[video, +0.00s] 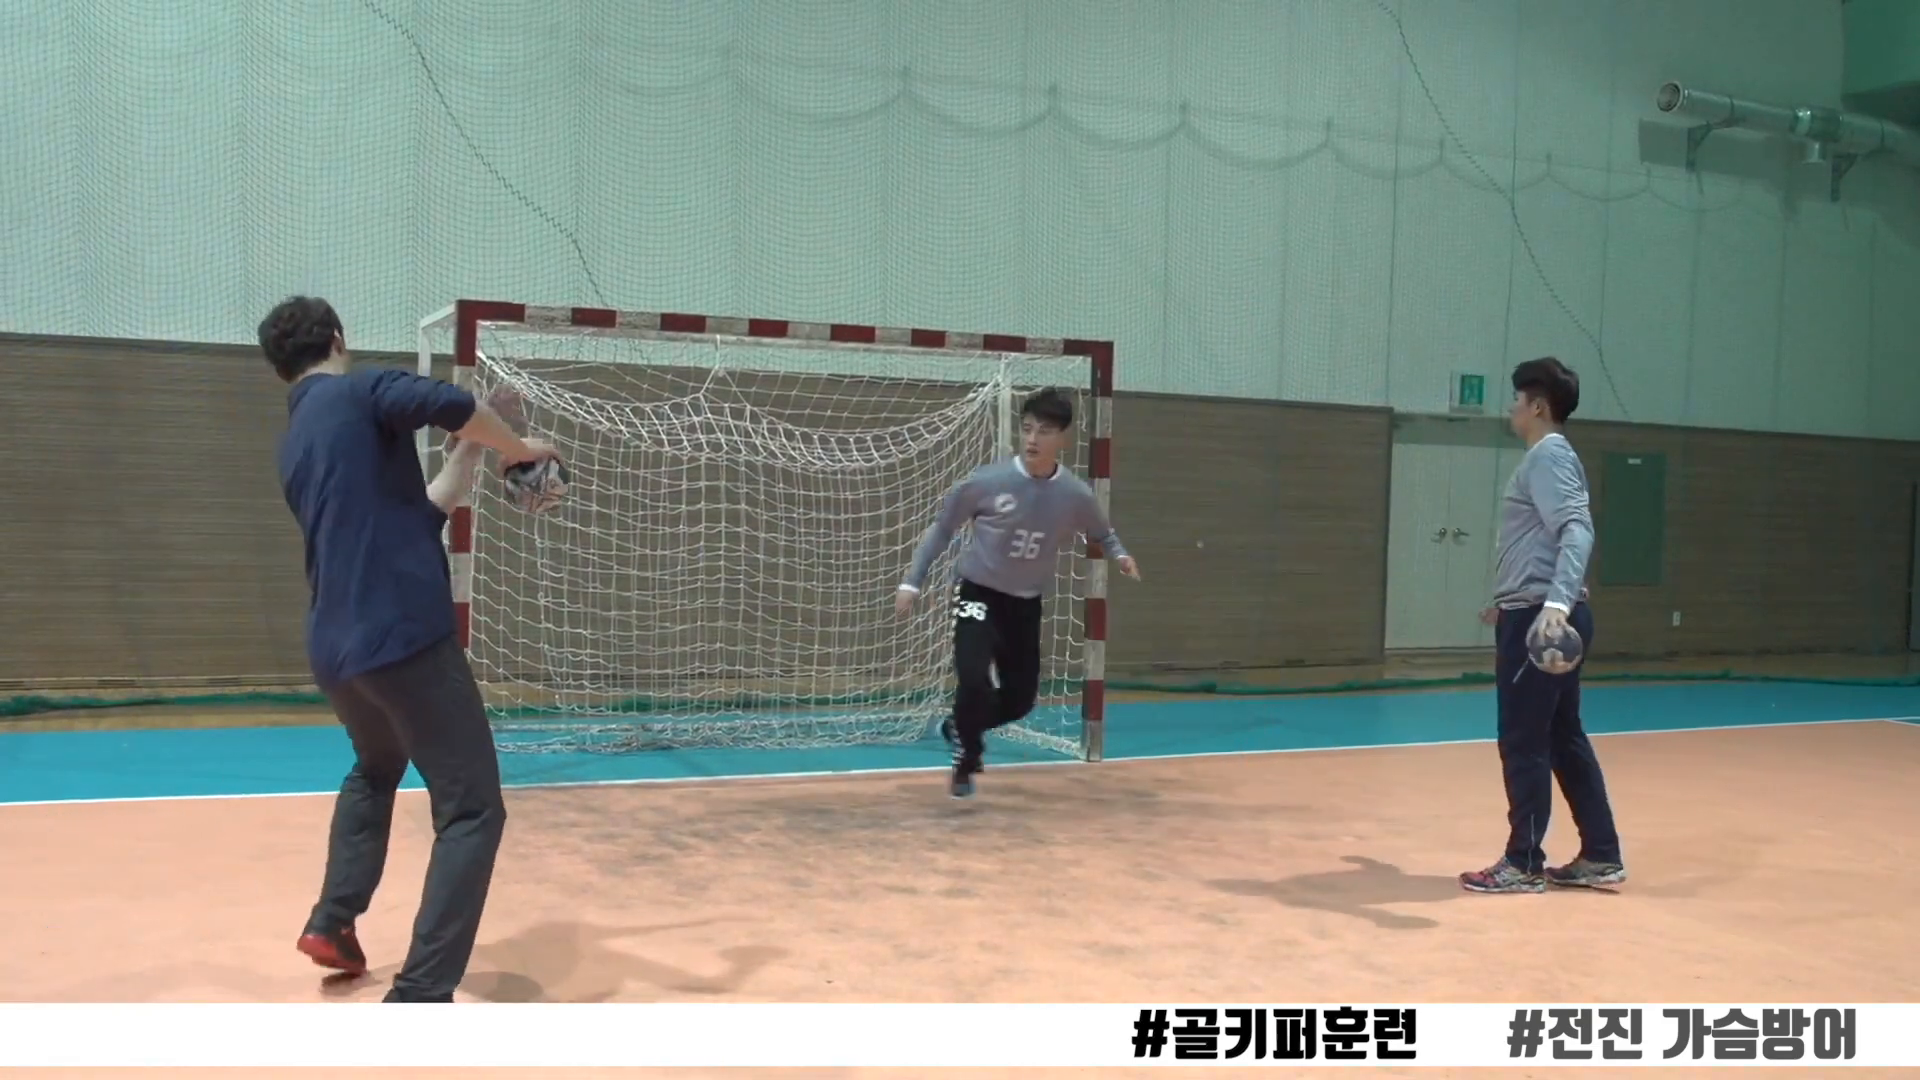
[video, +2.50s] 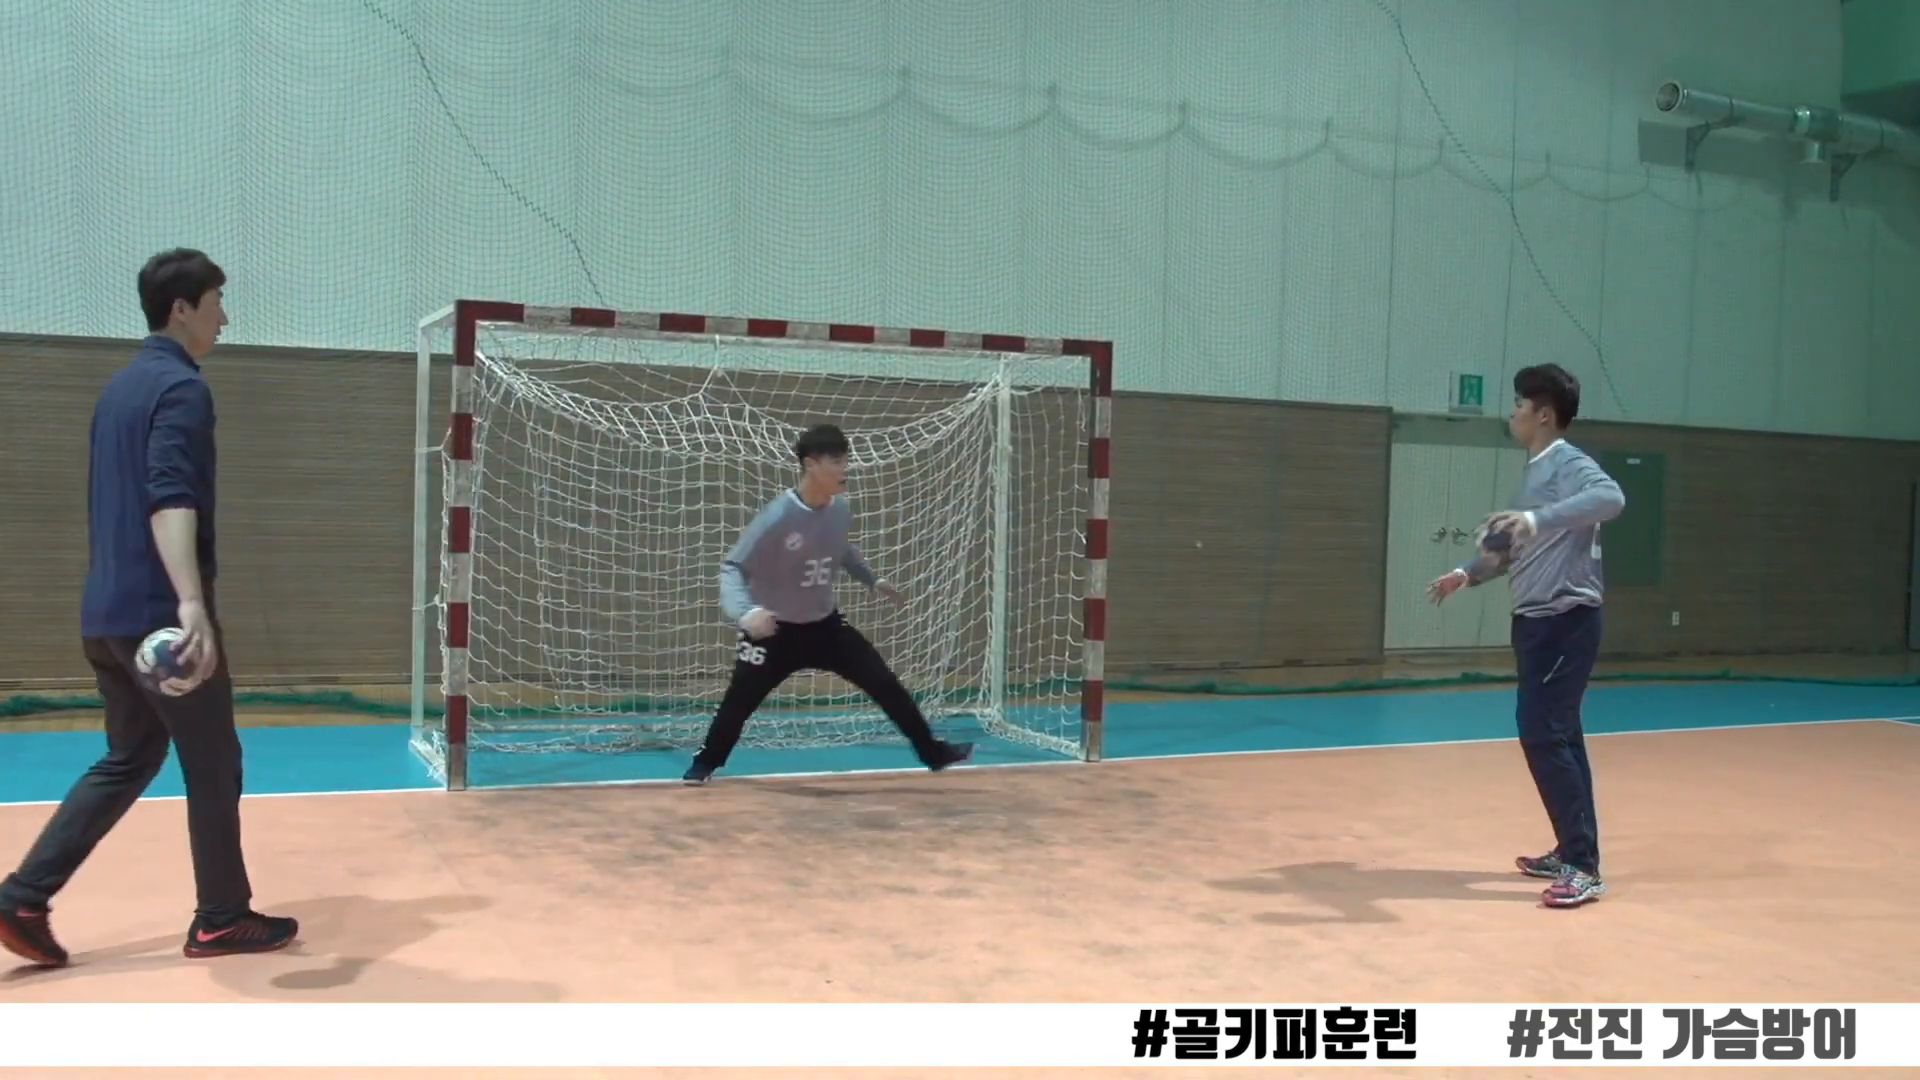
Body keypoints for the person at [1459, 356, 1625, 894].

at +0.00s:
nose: (1512, 407)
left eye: (1519, 399)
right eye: (1516, 398)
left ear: (1538, 403)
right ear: (1548, 405)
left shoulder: (1550, 453)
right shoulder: (1543, 455)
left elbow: (1577, 531)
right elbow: (1541, 544)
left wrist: (1557, 605)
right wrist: (1507, 602)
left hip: (1535, 616)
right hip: (1545, 615)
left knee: (1521, 741)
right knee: (1564, 738)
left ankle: (1523, 861)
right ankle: (1602, 857)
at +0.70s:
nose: (1565, 408)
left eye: (1573, 399)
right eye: (1569, 398)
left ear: (1596, 406)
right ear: (1605, 408)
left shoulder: (1598, 462)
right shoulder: (1625, 464)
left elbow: (1582, 542)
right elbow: (1611, 550)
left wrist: (1511, 583)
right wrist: (1539, 586)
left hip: (1595, 621)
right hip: (1621, 620)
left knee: (1569, 741)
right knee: (1605, 742)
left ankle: (1600, 874)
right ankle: (1607, 865)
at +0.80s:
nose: (1566, 405)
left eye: (1573, 396)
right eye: (1570, 395)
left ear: (1597, 404)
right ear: (1603, 407)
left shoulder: (1598, 460)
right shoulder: (1626, 465)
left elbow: (1590, 543)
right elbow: (1639, 557)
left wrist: (1530, 593)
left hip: (1594, 621)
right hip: (1617, 620)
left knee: (1578, 744)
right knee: (1603, 744)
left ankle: (1601, 876)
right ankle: (1605, 864)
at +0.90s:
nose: (1565, 404)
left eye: (1573, 395)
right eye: (1569, 394)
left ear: (1596, 403)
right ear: (1601, 405)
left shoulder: (1601, 458)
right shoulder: (1616, 460)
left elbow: (1600, 544)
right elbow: (1626, 556)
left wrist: (1542, 600)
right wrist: (1634, 632)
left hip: (1599, 620)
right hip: (1610, 620)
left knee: (1583, 745)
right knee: (1601, 744)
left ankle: (1602, 876)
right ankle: (1604, 863)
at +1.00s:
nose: (1561, 402)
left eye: (1569, 393)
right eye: (1565, 393)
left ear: (1593, 402)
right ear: (1597, 404)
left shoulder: (1603, 457)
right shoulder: (1602, 457)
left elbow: (1606, 543)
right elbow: (1598, 549)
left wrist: (1545, 599)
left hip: (1602, 620)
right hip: (1597, 619)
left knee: (1588, 746)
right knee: (1596, 744)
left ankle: (1604, 877)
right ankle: (1601, 862)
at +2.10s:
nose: (1537, 408)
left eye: (1543, 399)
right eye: (1540, 398)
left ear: (1565, 405)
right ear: (1573, 408)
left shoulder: (1570, 458)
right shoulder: (1590, 460)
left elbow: (1546, 529)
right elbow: (1559, 534)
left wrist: (1495, 531)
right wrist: (1507, 539)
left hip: (1569, 617)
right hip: (1583, 615)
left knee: (1560, 737)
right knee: (1568, 735)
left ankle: (1594, 869)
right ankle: (1574, 850)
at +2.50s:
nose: (1511, 414)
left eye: (1519, 404)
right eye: (1515, 404)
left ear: (1544, 413)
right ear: (1541, 413)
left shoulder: (1566, 459)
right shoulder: (1534, 474)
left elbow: (1610, 498)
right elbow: (1515, 542)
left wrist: (1538, 520)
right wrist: (1468, 572)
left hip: (1565, 619)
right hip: (1538, 620)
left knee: (1544, 733)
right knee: (1555, 734)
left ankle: (1584, 867)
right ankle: (1573, 852)